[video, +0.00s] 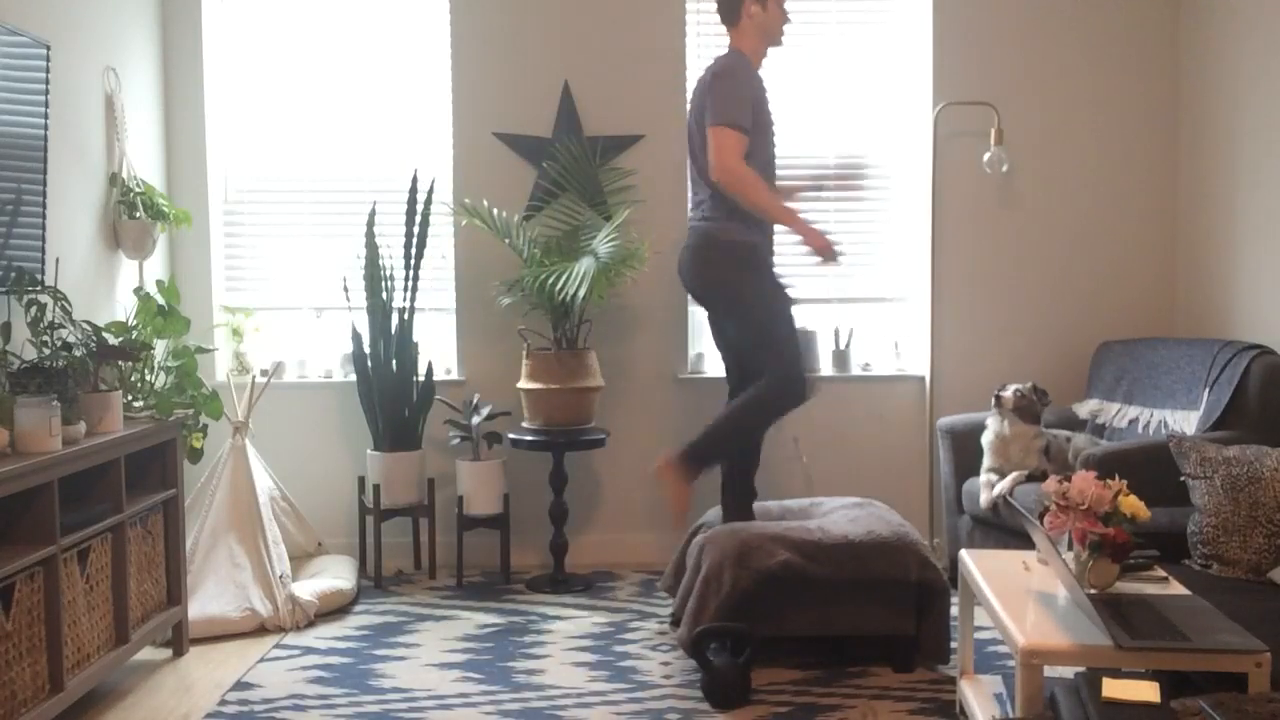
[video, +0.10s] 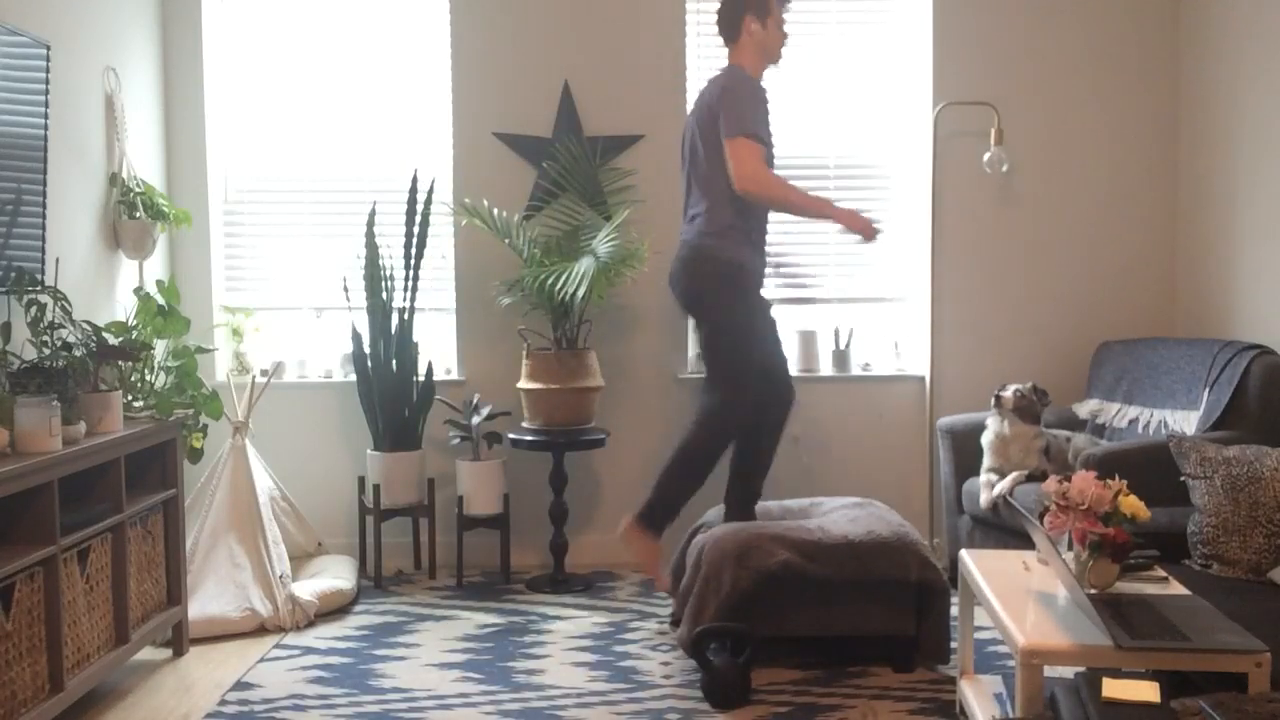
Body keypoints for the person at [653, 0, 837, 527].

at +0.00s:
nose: (786, 16)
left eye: (783, 7)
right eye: (778, 6)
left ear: (746, 14)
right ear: (750, 10)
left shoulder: (726, 74)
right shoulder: (732, 73)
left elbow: (724, 172)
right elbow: (726, 168)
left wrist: (775, 202)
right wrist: (804, 229)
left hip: (717, 250)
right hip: (728, 251)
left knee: (747, 389)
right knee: (787, 382)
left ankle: (739, 527)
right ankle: (683, 466)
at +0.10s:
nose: (785, 37)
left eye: (784, 26)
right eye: (779, 24)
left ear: (742, 29)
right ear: (752, 25)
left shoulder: (712, 96)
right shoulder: (738, 87)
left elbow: (708, 193)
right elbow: (748, 178)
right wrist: (836, 214)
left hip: (716, 266)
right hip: (718, 266)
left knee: (773, 394)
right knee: (737, 395)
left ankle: (739, 533)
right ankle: (646, 527)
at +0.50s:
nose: (731, 122)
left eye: (731, 111)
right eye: (726, 111)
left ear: (690, 114)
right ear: (696, 113)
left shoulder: (674, 178)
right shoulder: (671, 177)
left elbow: (738, 258)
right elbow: (742, 253)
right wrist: (756, 185)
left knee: (778, 387)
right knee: (646, 504)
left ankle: (739, 516)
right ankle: (600, 636)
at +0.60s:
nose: (713, 113)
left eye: (712, 102)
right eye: (707, 102)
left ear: (676, 108)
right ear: (677, 106)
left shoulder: (667, 171)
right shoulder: (652, 171)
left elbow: (700, 262)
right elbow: (701, 255)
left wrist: (726, 206)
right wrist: (730, 195)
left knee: (763, 366)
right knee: (628, 500)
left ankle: (704, 476)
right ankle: (597, 636)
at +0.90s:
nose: (670, 110)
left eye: (670, 100)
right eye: (662, 99)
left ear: (640, 103)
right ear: (629, 101)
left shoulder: (634, 175)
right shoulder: (608, 170)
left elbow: (637, 280)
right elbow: (589, 270)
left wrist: (705, 302)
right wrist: (662, 317)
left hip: (634, 353)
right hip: (610, 354)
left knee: (660, 481)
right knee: (613, 494)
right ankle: (596, 636)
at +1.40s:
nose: (688, 114)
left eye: (686, 104)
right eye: (679, 104)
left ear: (659, 113)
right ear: (647, 112)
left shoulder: (672, 195)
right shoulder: (611, 182)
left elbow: (740, 227)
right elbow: (546, 254)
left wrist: (707, 168)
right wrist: (524, 344)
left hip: (631, 344)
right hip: (610, 342)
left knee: (610, 486)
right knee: (751, 335)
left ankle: (578, 617)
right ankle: (692, 456)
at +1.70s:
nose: (740, 100)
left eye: (737, 89)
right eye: (731, 89)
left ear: (704, 102)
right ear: (701, 100)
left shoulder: (713, 180)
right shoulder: (680, 172)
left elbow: (780, 217)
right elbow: (621, 259)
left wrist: (769, 153)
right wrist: (658, 340)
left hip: (668, 340)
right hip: (660, 340)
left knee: (641, 479)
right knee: (784, 408)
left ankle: (584, 607)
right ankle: (728, 533)